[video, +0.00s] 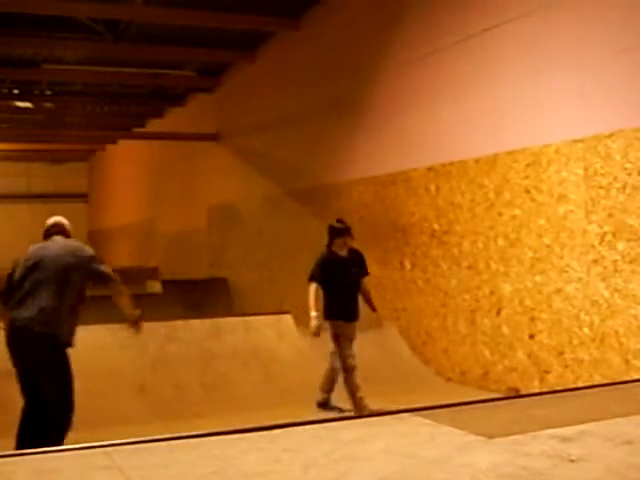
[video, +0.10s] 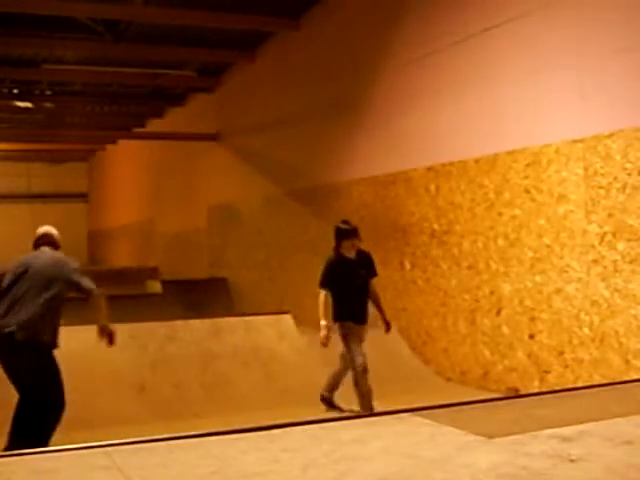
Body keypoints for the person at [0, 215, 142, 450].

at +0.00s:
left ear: (44, 236)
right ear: (69, 234)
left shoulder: (31, 253)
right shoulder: (80, 252)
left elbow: (9, 289)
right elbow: (112, 281)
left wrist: (8, 317)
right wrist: (131, 313)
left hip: (18, 333)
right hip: (49, 336)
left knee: (34, 401)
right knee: (60, 404)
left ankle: (23, 459)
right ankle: (46, 460)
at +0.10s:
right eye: (58, 244)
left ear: (34, 245)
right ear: (58, 245)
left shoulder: (20, 263)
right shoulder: (59, 262)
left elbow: (3, 290)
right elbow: (94, 292)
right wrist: (103, 323)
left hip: (6, 339)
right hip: (33, 342)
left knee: (29, 397)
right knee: (53, 401)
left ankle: (14, 455)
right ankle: (28, 457)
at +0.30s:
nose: (37, 264)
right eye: (38, 261)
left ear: (18, 259)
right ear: (38, 261)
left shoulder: (4, 277)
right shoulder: (38, 280)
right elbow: (60, 306)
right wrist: (73, 327)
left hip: (0, 348)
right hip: (16, 349)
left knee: (15, 389)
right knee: (40, 393)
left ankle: (5, 435)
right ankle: (16, 435)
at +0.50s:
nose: (30, 259)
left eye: (30, 255)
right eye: (30, 255)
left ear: (11, 249)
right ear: (26, 254)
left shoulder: (3, 266)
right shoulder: (19, 274)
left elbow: (36, 309)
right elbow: (38, 310)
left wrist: (62, 327)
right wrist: (64, 328)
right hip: (4, 341)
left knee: (7, 377)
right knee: (20, 378)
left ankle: (1, 416)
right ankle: (1, 416)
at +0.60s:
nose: (27, 248)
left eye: (27, 243)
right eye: (26, 243)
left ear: (11, 238)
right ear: (21, 242)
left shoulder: (3, 255)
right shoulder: (13, 261)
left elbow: (17, 295)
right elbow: (17, 297)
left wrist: (45, 317)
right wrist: (47, 318)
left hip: (0, 326)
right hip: (0, 326)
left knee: (5, 365)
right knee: (8, 365)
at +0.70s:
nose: (26, 234)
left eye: (27, 231)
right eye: (26, 230)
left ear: (18, 226)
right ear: (20, 227)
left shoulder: (11, 241)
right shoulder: (7, 241)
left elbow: (8, 273)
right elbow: (4, 274)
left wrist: (22, 286)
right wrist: (26, 287)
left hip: (3, 293)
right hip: (2, 294)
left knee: (1, 324)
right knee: (1, 325)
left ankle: (1, 356)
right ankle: (1, 356)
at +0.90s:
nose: (32, 214)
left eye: (35, 211)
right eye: (34, 210)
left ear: (30, 203)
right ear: (28, 203)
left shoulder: (12, 211)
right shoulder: (8, 212)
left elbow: (5, 241)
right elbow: (3, 240)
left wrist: (30, 253)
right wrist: (30, 252)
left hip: (3, 274)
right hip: (2, 276)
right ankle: (3, 365)